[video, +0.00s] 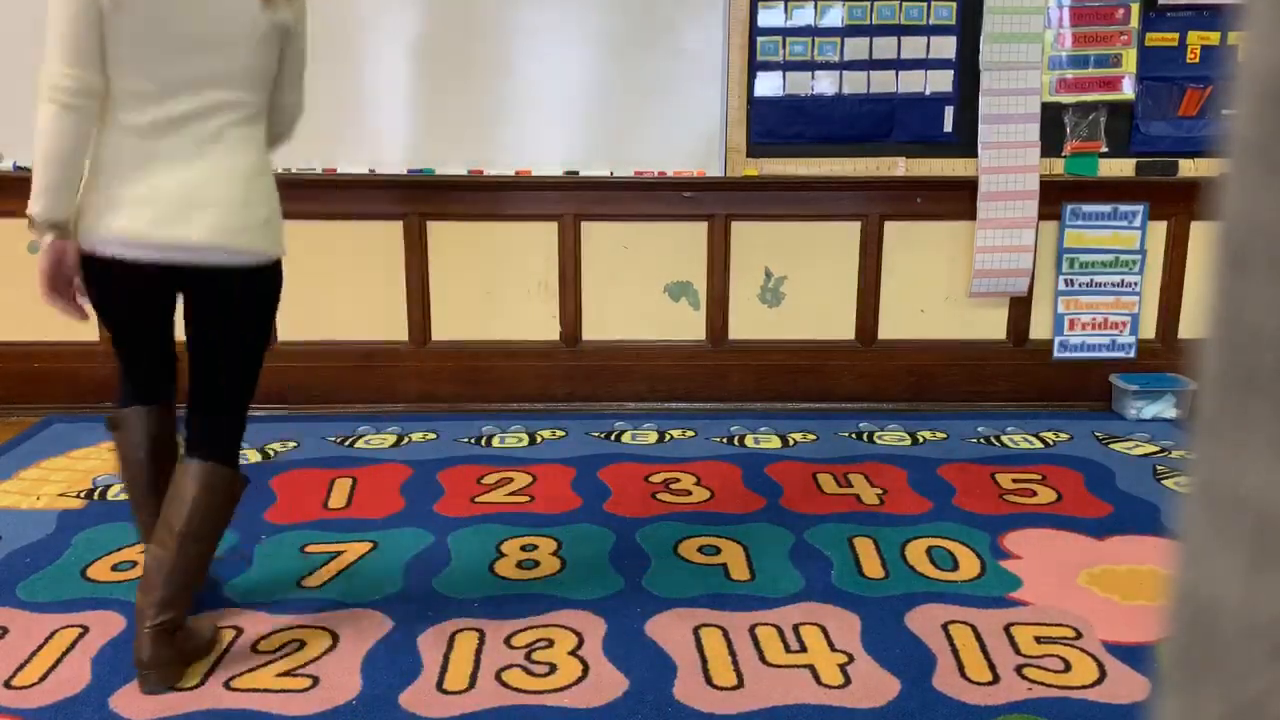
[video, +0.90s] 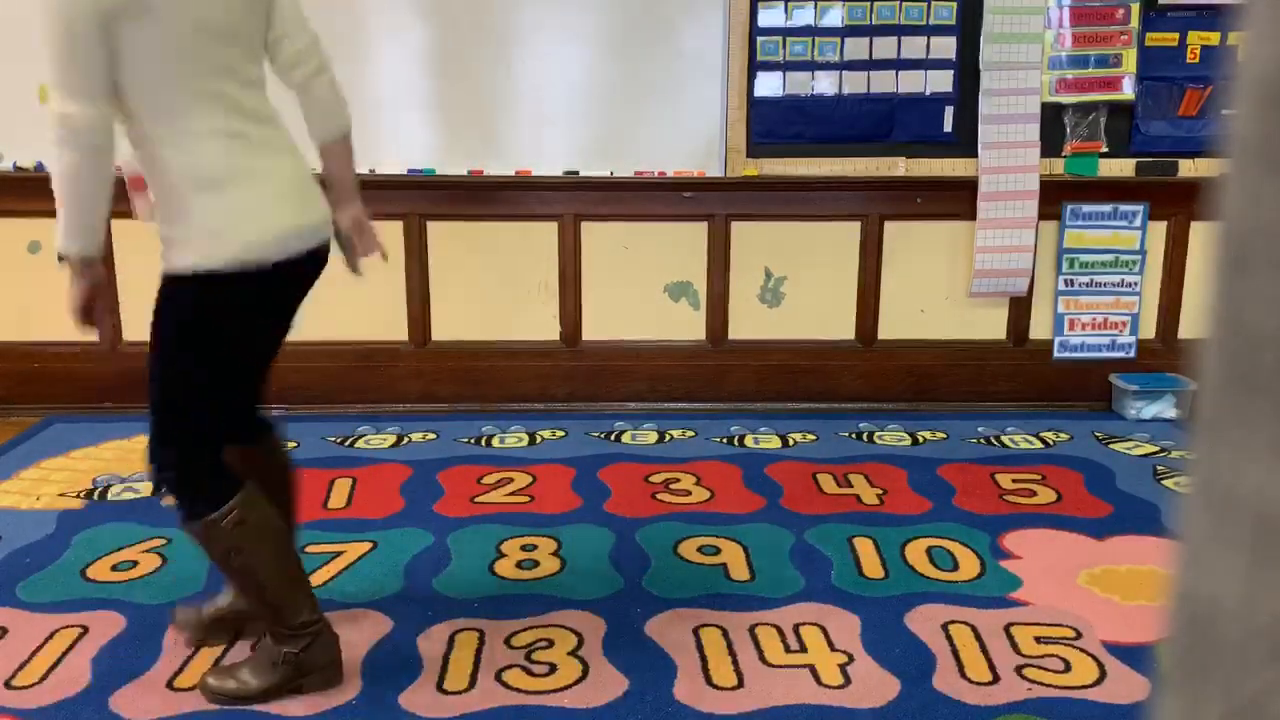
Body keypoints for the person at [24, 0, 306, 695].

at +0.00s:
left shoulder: (92, 1)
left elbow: (73, 88)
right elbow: (284, 107)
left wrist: (55, 224)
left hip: (123, 226)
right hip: (239, 232)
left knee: (141, 389)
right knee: (214, 433)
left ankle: (168, 571)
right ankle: (160, 635)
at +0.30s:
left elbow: (169, 41)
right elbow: (193, 53)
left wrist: (135, 195)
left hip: (173, 192)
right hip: (221, 191)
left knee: (101, 407)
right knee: (195, 390)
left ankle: (74, 634)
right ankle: (241, 586)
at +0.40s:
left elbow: (202, 39)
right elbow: (161, 50)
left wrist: (179, 187)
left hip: (186, 184)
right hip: (185, 180)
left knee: (127, 403)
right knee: (185, 390)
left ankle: (157, 637)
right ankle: (240, 583)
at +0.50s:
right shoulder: (138, 7)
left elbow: (217, 50)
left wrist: (209, 203)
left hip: (196, 201)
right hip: (174, 198)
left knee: (142, 417)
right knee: (173, 410)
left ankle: (244, 617)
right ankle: (253, 596)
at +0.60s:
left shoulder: (208, 5)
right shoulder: (144, 8)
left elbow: (226, 109)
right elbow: (174, 91)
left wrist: (222, 259)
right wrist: (113, 66)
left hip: (223, 245)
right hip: (176, 243)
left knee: (154, 452)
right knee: (132, 438)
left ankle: (295, 633)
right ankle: (253, 602)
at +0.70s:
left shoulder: (196, 14)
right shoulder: (146, 15)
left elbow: (214, 175)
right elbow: (167, 142)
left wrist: (191, 327)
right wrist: (104, 100)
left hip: (245, 296)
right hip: (194, 282)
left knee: (140, 493)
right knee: (116, 462)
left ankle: (301, 635)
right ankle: (254, 602)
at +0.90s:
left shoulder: (82, 7)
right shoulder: (251, 0)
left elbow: (84, 120)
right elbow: (312, 71)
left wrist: (86, 258)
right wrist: (346, 198)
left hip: (216, 245)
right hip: (298, 227)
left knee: (185, 454)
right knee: (236, 414)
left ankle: (301, 637)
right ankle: (260, 591)